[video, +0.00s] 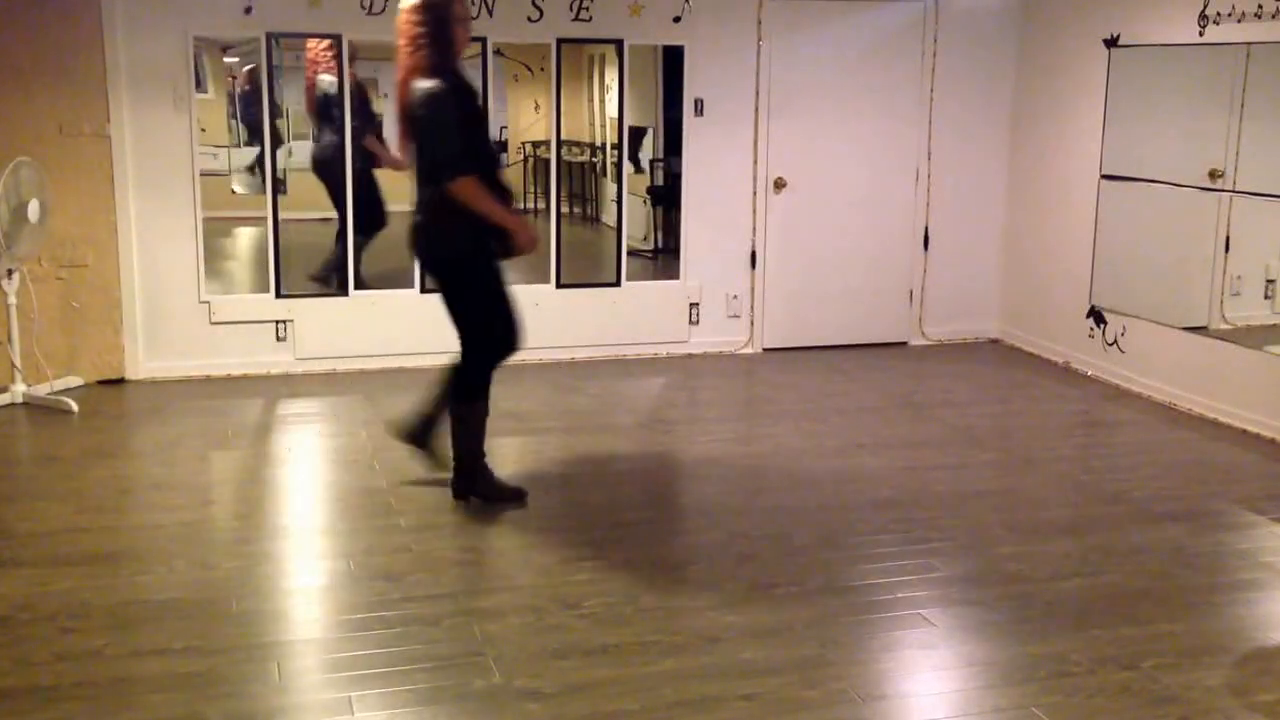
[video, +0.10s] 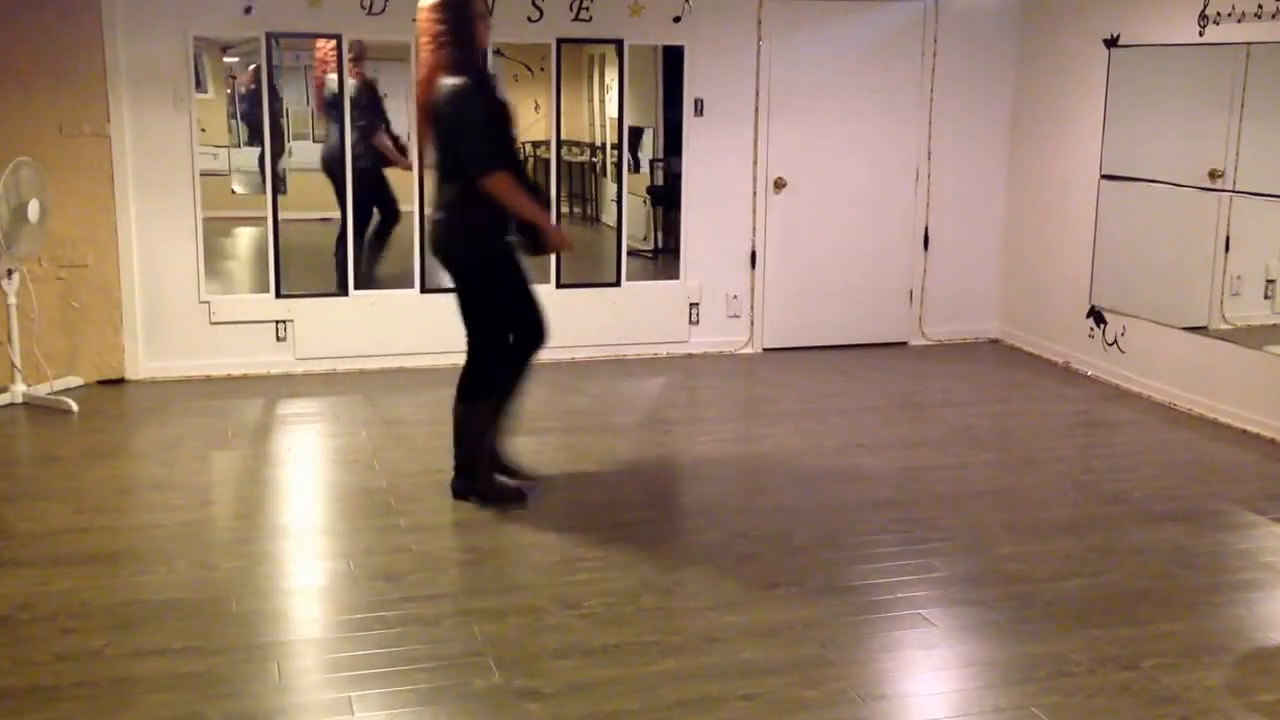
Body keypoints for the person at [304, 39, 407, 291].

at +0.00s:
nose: (356, 61)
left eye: (353, 56)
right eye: (354, 56)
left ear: (328, 57)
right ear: (350, 58)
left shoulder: (320, 84)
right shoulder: (351, 85)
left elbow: (319, 119)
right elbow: (362, 130)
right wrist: (386, 155)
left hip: (323, 155)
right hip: (348, 158)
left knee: (349, 216)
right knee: (375, 216)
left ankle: (349, 275)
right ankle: (330, 268)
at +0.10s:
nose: (358, 66)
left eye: (357, 60)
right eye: (358, 61)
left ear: (343, 59)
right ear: (362, 60)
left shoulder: (330, 83)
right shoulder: (363, 87)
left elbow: (325, 113)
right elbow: (375, 132)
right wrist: (400, 160)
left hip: (333, 157)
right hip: (360, 161)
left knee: (354, 216)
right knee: (390, 212)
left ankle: (346, 276)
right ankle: (366, 269)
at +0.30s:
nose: (369, 66)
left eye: (372, 60)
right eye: (367, 61)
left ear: (367, 62)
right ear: (379, 61)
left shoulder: (362, 88)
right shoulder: (385, 89)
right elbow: (389, 132)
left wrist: (417, 150)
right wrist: (410, 158)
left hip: (367, 158)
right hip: (385, 159)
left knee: (376, 215)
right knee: (409, 213)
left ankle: (352, 275)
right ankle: (424, 275)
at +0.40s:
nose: (368, 64)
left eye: (372, 59)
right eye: (368, 59)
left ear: (377, 62)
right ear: (391, 60)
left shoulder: (374, 87)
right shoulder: (395, 89)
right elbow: (397, 133)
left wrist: (425, 151)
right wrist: (421, 157)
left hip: (377, 158)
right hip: (395, 161)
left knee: (387, 216)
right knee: (422, 215)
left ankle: (356, 274)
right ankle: (427, 278)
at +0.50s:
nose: (381, 62)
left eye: (385, 57)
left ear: (392, 59)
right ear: (403, 58)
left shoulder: (393, 86)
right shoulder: (403, 88)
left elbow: (411, 126)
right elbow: (410, 128)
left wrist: (433, 149)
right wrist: (433, 155)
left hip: (396, 157)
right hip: (408, 159)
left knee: (415, 215)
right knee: (427, 216)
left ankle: (371, 265)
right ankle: (428, 279)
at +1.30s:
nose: (449, 56)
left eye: (454, 52)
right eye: (444, 51)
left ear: (460, 56)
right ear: (434, 55)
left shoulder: (469, 85)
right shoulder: (424, 82)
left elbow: (482, 121)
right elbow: (419, 119)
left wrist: (473, 99)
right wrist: (433, 95)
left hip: (466, 156)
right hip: (435, 156)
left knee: (461, 213)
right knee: (443, 212)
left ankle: (458, 269)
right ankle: (441, 272)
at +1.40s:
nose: (449, 57)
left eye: (454, 52)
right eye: (444, 51)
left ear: (460, 55)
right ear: (434, 54)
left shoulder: (469, 83)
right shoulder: (424, 81)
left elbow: (481, 121)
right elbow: (419, 119)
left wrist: (472, 98)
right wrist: (432, 95)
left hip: (466, 157)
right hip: (435, 156)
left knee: (462, 216)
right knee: (443, 213)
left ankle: (458, 273)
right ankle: (439, 275)